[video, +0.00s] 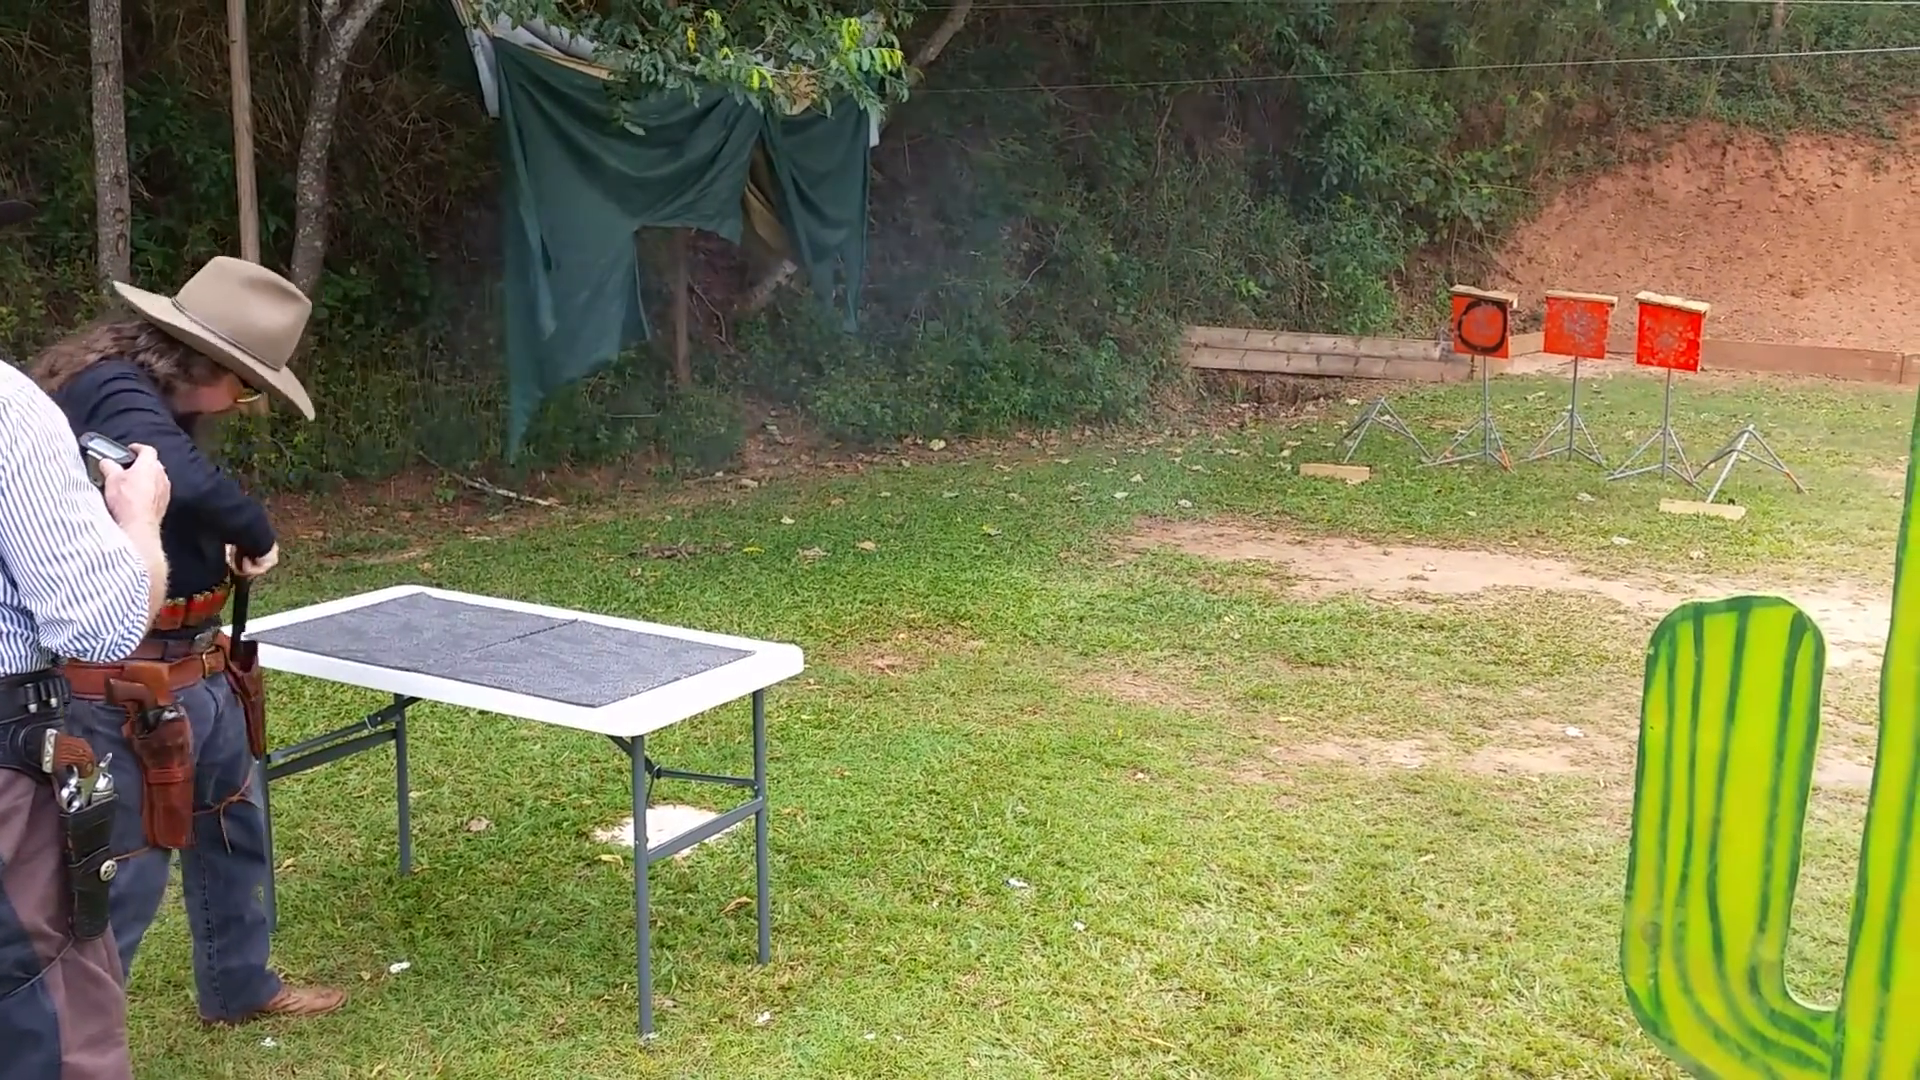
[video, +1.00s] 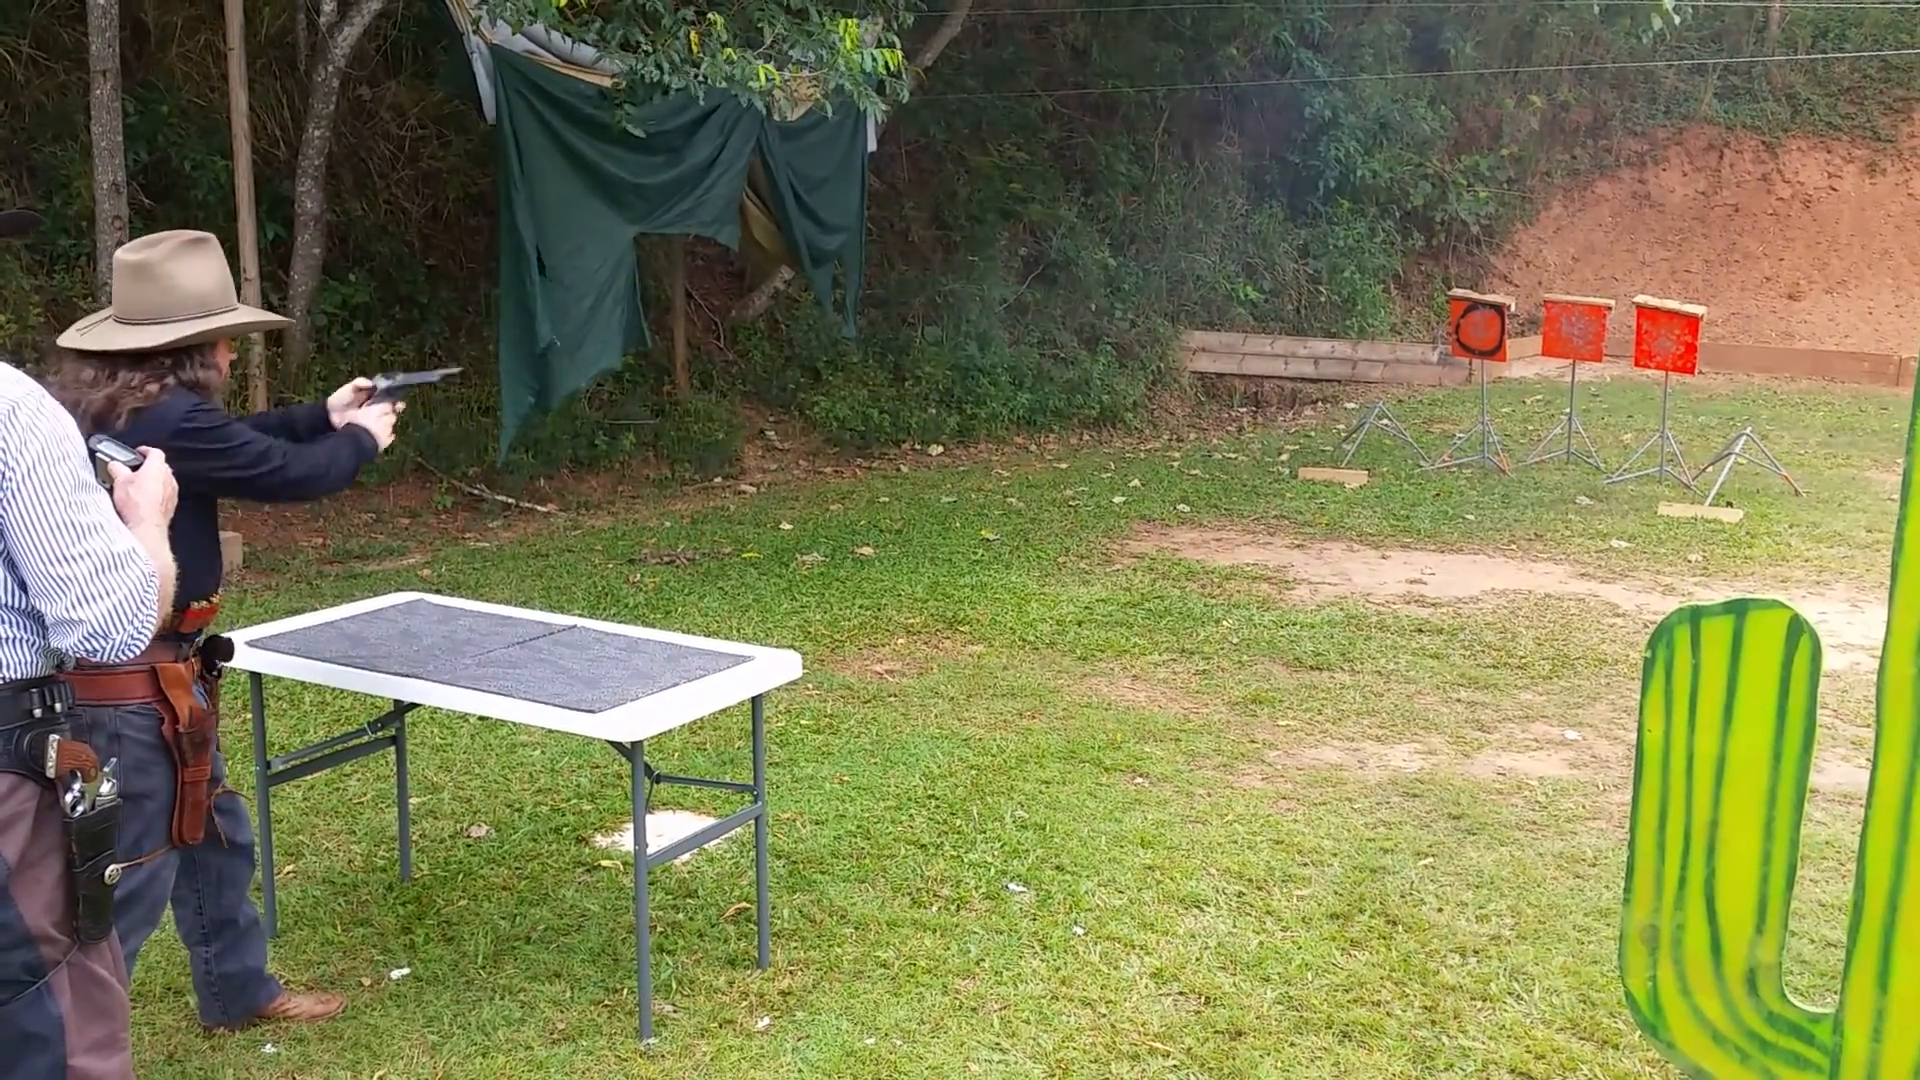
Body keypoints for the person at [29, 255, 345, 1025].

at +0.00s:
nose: (236, 404)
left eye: (244, 392)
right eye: (238, 387)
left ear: (186, 351)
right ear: (207, 365)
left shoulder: (144, 393)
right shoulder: (120, 392)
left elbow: (157, 529)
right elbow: (188, 484)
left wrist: (225, 552)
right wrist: (258, 533)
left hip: (190, 659)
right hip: (114, 670)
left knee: (231, 821)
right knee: (126, 869)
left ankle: (238, 987)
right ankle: (78, 1022)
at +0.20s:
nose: (213, 413)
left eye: (220, 401)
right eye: (212, 398)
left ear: (160, 363)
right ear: (177, 378)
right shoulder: (121, 438)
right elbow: (174, 559)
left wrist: (204, 534)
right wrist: (233, 622)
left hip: (178, 670)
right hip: (112, 680)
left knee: (216, 833)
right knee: (117, 869)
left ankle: (236, 987)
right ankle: (72, 1007)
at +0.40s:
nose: (208, 417)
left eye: (214, 405)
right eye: (208, 402)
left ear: (163, 370)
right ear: (173, 384)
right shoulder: (83, 441)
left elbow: (140, 514)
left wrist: (190, 533)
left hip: (175, 666)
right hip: (112, 686)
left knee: (220, 828)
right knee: (127, 873)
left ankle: (235, 989)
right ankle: (66, 1021)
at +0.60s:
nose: (226, 379)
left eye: (228, 365)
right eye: (221, 364)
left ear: (167, 354)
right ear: (178, 360)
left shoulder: (158, 420)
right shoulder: (90, 421)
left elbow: (145, 513)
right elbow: (79, 541)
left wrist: (197, 539)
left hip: (165, 661)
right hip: (98, 679)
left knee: (212, 823)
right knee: (132, 867)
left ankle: (235, 988)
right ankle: (66, 1025)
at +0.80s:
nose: (224, 358)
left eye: (225, 344)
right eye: (217, 344)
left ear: (148, 338)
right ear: (177, 347)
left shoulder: (134, 404)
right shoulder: (122, 407)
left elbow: (169, 509)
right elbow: (160, 518)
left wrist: (238, 508)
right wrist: (240, 522)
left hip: (168, 667)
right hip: (120, 678)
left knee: (213, 836)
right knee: (131, 879)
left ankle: (236, 993)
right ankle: (63, 1032)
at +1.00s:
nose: (232, 351)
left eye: (230, 337)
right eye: (224, 338)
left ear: (144, 344)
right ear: (188, 348)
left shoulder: (98, 407)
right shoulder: (172, 421)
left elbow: (228, 443)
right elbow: (287, 472)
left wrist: (320, 413)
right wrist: (364, 439)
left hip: (145, 660)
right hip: (134, 671)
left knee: (211, 825)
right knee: (136, 865)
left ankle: (236, 992)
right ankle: (76, 1032)